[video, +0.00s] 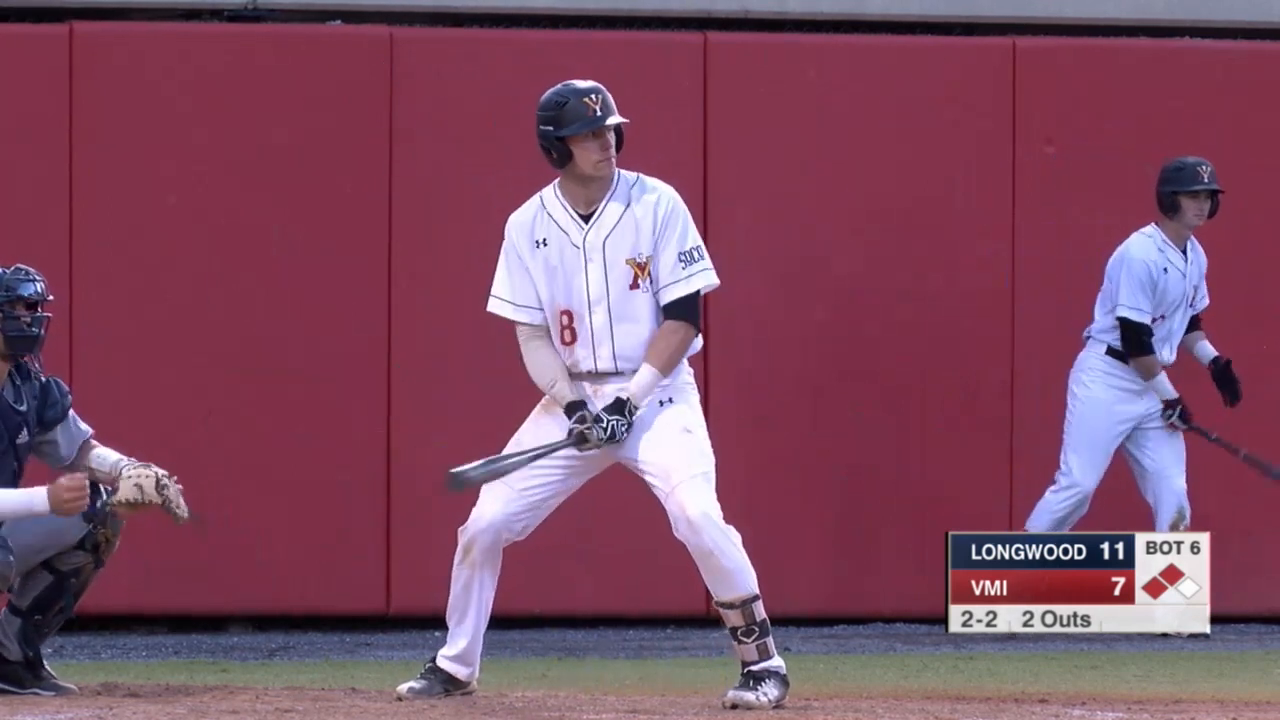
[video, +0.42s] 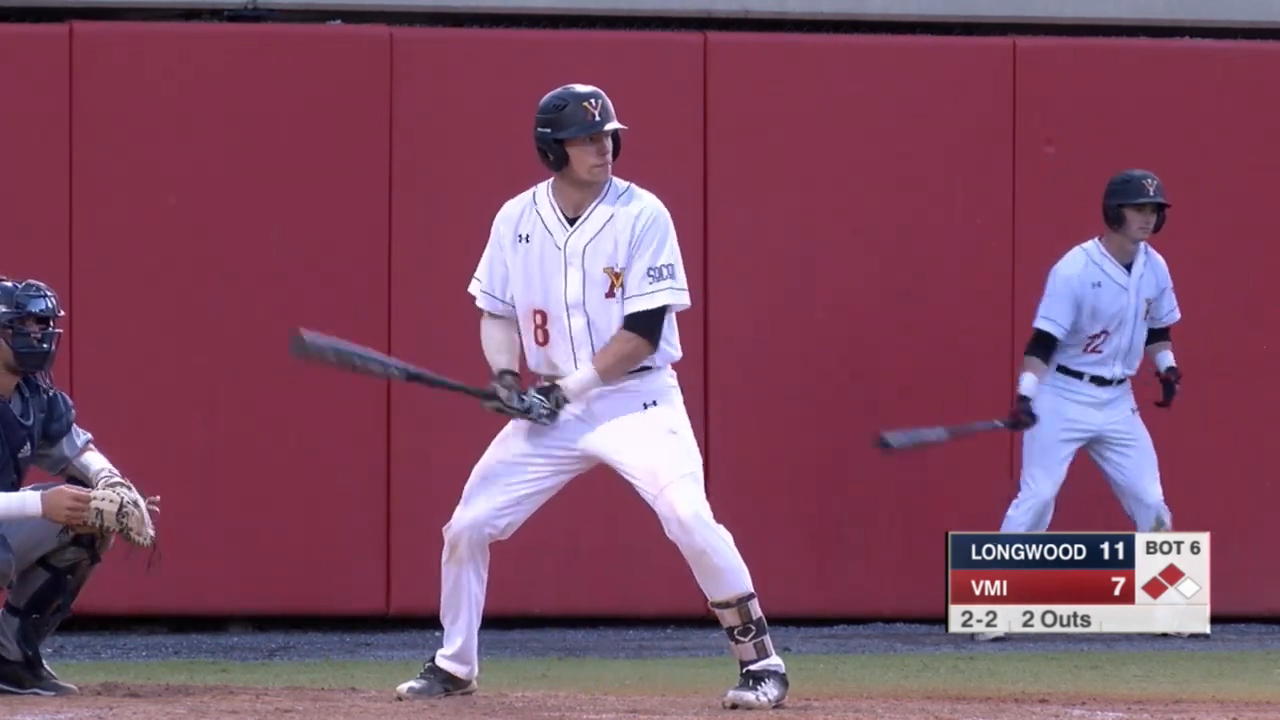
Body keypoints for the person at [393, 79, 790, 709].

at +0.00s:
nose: (605, 144)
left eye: (609, 132)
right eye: (589, 136)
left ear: (617, 133)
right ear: (557, 145)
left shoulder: (658, 204)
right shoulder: (526, 225)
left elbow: (683, 319)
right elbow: (532, 337)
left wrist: (631, 400)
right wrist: (575, 406)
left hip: (658, 397)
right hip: (570, 403)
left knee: (697, 516)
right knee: (483, 526)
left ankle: (762, 666)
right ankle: (454, 666)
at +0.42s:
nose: (603, 150)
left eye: (608, 138)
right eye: (587, 140)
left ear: (615, 140)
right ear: (554, 147)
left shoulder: (643, 213)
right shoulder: (515, 219)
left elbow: (643, 332)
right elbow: (498, 314)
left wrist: (568, 386)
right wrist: (507, 378)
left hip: (637, 403)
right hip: (549, 410)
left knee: (687, 516)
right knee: (467, 526)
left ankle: (762, 666)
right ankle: (453, 666)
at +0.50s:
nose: (598, 151)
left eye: (603, 139)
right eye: (582, 141)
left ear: (611, 141)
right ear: (550, 147)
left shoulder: (638, 215)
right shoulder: (511, 218)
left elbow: (630, 333)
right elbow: (491, 302)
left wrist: (543, 378)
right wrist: (489, 360)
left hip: (636, 405)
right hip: (547, 408)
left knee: (686, 518)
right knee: (465, 524)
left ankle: (761, 665)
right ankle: (453, 665)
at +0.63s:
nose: (592, 151)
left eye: (596, 139)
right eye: (576, 141)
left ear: (604, 140)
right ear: (544, 147)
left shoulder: (628, 214)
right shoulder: (508, 214)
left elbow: (596, 328)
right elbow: (471, 299)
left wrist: (507, 350)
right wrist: (457, 324)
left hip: (632, 401)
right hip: (547, 402)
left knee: (682, 517)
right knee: (462, 524)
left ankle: (760, 665)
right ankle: (453, 666)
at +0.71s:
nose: (589, 152)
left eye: (594, 140)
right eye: (574, 143)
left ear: (602, 141)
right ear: (542, 149)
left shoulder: (626, 214)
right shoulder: (508, 215)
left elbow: (582, 323)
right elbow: (467, 285)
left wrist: (489, 330)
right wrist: (452, 298)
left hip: (631, 401)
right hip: (547, 402)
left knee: (682, 518)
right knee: (461, 524)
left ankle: (760, 665)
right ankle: (453, 667)